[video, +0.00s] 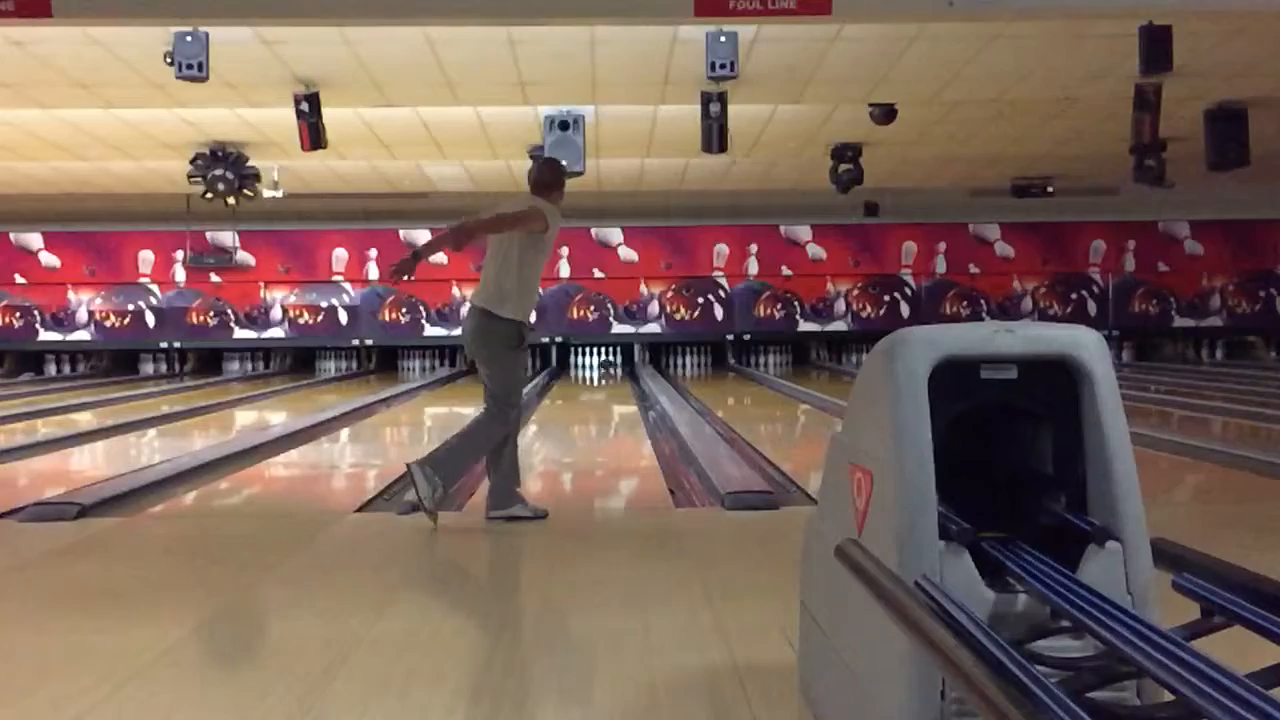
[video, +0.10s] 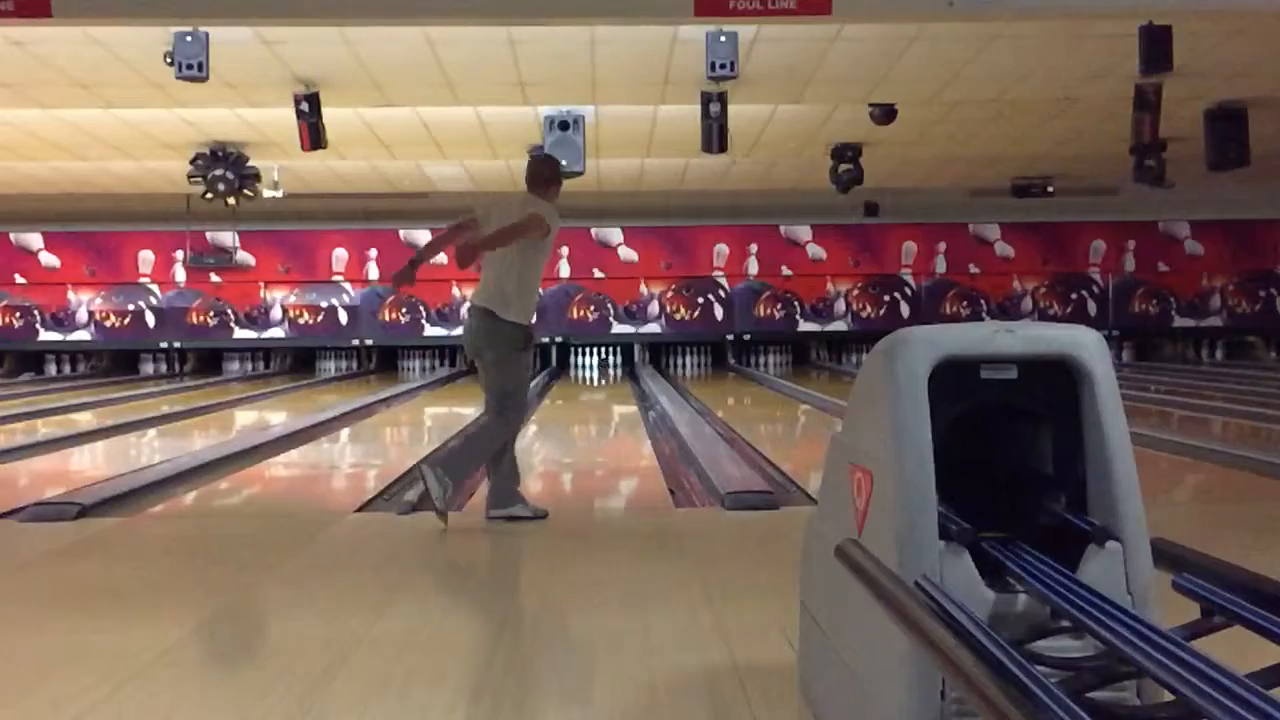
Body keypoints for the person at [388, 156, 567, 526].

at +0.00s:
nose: (565, 189)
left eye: (563, 181)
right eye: (564, 182)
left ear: (530, 182)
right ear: (561, 185)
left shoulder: (522, 211)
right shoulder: (543, 214)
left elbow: (467, 228)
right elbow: (480, 226)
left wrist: (417, 256)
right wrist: (418, 257)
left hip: (485, 322)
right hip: (501, 325)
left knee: (504, 411)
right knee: (504, 412)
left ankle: (504, 499)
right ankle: (434, 472)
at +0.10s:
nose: (559, 189)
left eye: (559, 182)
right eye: (558, 182)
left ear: (527, 179)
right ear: (553, 182)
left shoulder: (498, 205)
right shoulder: (547, 212)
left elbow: (452, 232)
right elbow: (516, 232)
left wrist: (414, 264)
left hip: (479, 323)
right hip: (507, 328)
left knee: (501, 412)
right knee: (509, 416)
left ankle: (504, 498)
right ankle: (444, 472)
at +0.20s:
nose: (556, 188)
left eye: (556, 181)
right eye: (556, 181)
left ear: (523, 177)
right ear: (550, 180)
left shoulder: (494, 207)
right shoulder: (546, 218)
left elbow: (447, 236)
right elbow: (524, 252)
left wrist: (415, 276)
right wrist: (487, 287)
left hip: (478, 326)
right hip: (511, 331)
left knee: (499, 412)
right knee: (511, 415)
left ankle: (504, 499)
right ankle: (453, 476)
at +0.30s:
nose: (556, 184)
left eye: (555, 177)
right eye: (554, 177)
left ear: (519, 176)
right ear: (545, 179)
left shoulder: (489, 208)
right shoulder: (544, 223)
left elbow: (447, 241)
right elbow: (533, 279)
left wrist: (428, 286)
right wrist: (518, 330)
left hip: (478, 323)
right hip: (511, 329)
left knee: (500, 410)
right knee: (516, 411)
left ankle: (504, 498)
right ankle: (460, 477)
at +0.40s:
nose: (544, 181)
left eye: (540, 174)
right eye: (543, 175)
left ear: (511, 175)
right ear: (541, 178)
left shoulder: (484, 210)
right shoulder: (541, 225)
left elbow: (445, 249)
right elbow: (550, 289)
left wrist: (442, 290)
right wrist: (558, 341)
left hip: (478, 324)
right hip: (513, 330)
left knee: (503, 411)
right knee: (519, 411)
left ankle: (505, 497)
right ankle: (468, 474)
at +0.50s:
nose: (538, 180)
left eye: (536, 174)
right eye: (538, 175)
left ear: (504, 175)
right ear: (533, 178)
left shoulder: (476, 211)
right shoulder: (539, 225)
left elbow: (442, 254)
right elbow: (564, 279)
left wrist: (452, 287)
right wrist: (583, 300)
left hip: (477, 327)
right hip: (513, 332)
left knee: (503, 411)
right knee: (521, 412)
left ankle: (507, 497)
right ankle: (482, 479)